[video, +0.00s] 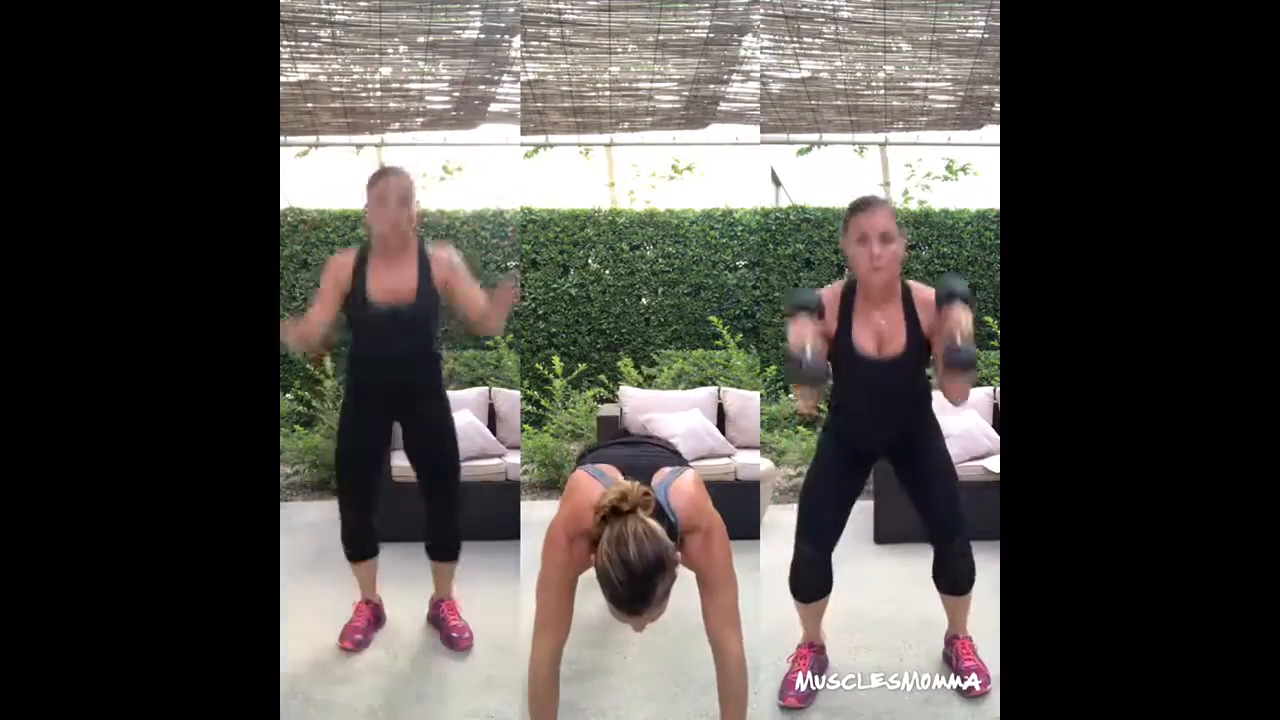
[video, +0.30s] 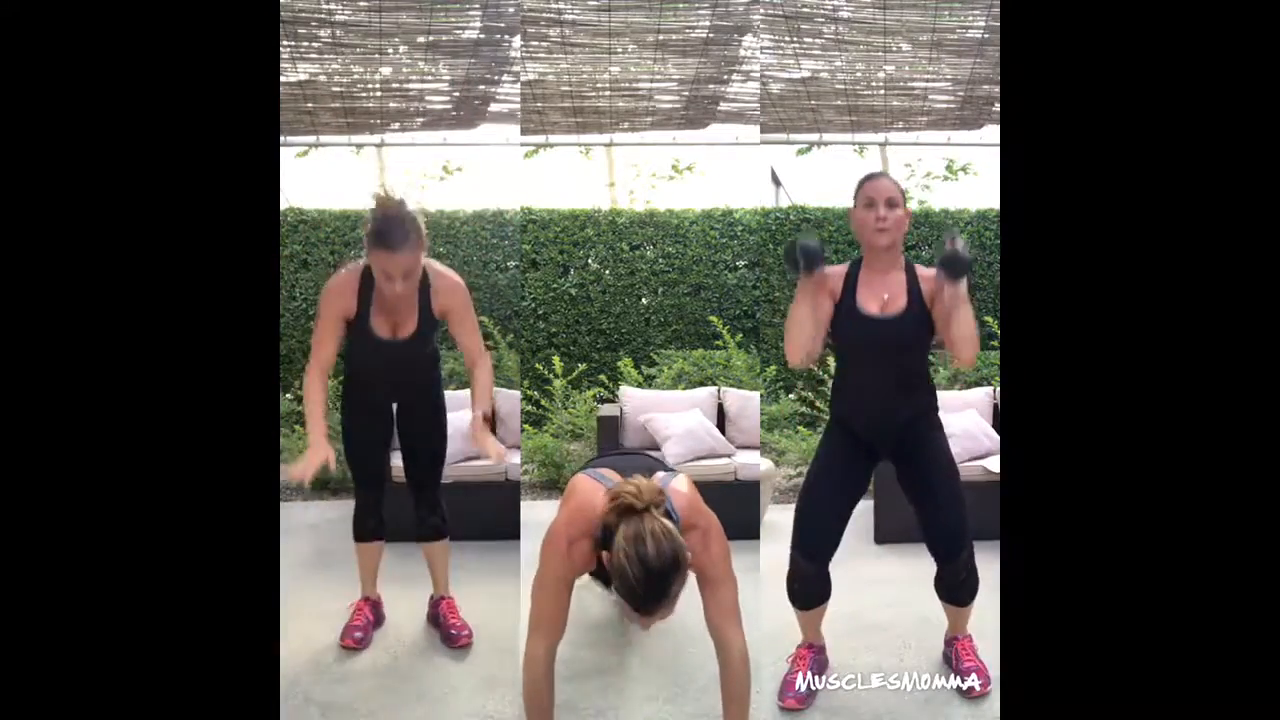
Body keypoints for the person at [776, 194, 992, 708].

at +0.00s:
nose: (877, 251)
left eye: (886, 239)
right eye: (863, 241)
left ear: (902, 246)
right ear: (846, 251)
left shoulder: (929, 303)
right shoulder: (825, 305)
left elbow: (958, 391)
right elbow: (807, 396)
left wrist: (957, 336)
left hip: (914, 432)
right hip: (846, 434)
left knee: (953, 538)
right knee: (809, 548)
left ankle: (958, 641)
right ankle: (811, 649)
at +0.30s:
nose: (882, 214)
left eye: (891, 205)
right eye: (869, 205)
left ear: (907, 217)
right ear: (852, 219)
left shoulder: (932, 281)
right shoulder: (830, 280)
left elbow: (964, 354)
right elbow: (798, 355)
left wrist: (957, 287)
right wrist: (805, 284)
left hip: (917, 429)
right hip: (848, 429)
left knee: (956, 550)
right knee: (806, 554)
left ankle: (959, 642)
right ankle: (811, 650)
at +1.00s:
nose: (896, 164)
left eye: (905, 157)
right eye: (886, 157)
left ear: (918, 173)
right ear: (869, 172)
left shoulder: (938, 226)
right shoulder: (848, 224)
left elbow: (961, 139)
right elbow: (810, 135)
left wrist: (955, 66)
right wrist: (821, 60)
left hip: (929, 395)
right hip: (859, 395)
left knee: (953, 529)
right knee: (839, 527)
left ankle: (967, 637)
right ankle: (835, 640)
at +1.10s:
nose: (895, 161)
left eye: (904, 154)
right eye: (884, 154)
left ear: (918, 166)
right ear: (868, 165)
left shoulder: (938, 221)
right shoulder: (845, 218)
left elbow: (983, 142)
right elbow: (787, 141)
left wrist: (964, 75)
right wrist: (807, 80)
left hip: (928, 388)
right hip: (858, 388)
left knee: (952, 523)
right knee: (845, 524)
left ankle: (968, 633)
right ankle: (835, 639)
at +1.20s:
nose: (895, 165)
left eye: (905, 156)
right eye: (884, 156)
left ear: (919, 166)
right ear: (867, 166)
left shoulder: (938, 224)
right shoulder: (844, 222)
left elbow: (997, 181)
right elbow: (773, 178)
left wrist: (977, 117)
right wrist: (798, 118)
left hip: (928, 387)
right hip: (858, 387)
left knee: (950, 518)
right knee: (849, 519)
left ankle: (968, 633)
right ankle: (836, 639)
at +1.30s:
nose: (895, 172)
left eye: (905, 164)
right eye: (885, 163)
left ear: (918, 174)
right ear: (869, 173)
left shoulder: (939, 236)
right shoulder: (845, 235)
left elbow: (996, 238)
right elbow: (777, 243)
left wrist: (978, 176)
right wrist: (804, 178)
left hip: (929, 391)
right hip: (860, 392)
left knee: (954, 521)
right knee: (848, 523)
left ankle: (969, 636)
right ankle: (836, 640)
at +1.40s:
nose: (896, 176)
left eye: (906, 167)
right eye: (886, 167)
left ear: (920, 177)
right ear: (870, 176)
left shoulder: (942, 242)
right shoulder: (848, 241)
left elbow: (984, 296)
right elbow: (802, 297)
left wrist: (973, 228)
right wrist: (813, 228)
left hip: (931, 394)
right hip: (861, 395)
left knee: (955, 523)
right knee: (845, 527)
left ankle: (969, 636)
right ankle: (837, 640)